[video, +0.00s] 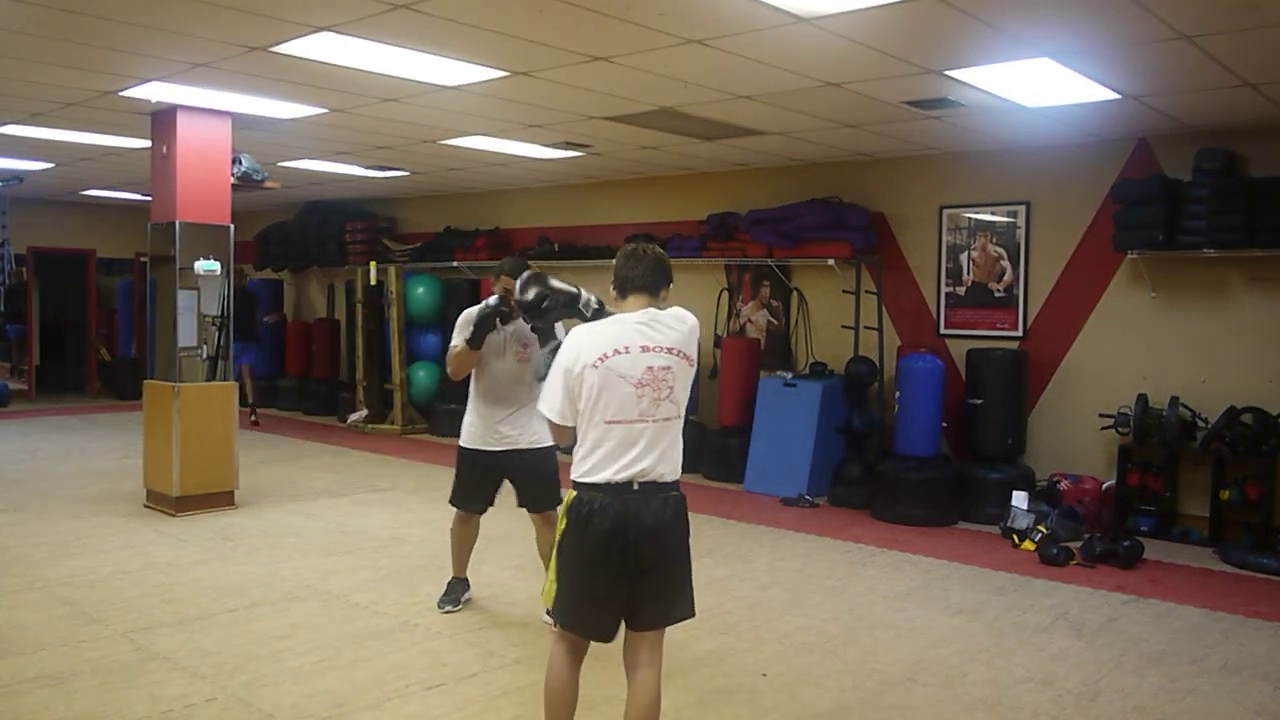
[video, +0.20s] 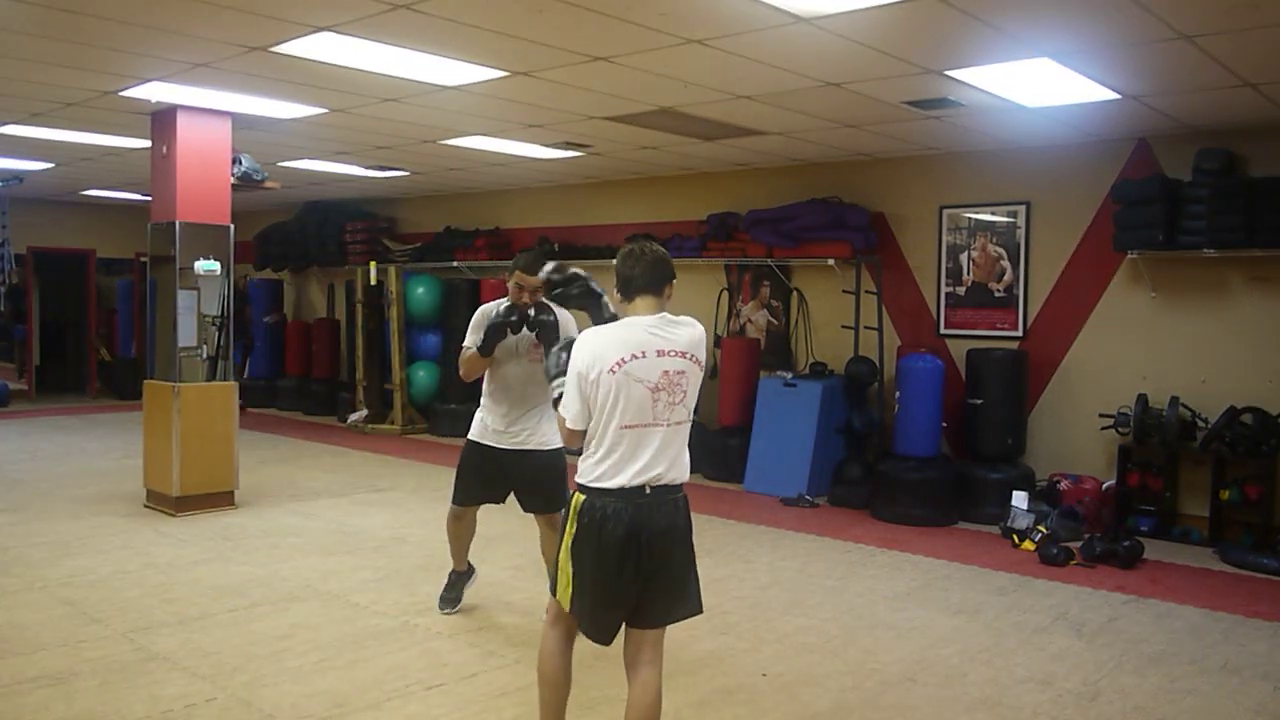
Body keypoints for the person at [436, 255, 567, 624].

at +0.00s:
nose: (509, 297)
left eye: (516, 291)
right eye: (504, 289)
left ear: (530, 290)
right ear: (494, 284)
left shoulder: (543, 318)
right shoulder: (473, 317)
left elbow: (565, 366)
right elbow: (454, 371)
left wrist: (547, 332)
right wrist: (481, 331)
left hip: (533, 438)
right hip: (480, 438)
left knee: (547, 516)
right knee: (466, 512)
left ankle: (557, 597)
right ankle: (458, 581)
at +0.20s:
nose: (525, 298)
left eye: (534, 291)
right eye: (519, 287)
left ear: (546, 289)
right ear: (508, 280)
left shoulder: (560, 320)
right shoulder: (487, 314)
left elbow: (569, 378)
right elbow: (466, 371)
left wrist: (550, 341)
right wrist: (494, 337)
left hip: (541, 438)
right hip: (488, 434)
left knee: (552, 520)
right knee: (460, 511)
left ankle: (559, 588)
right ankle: (460, 571)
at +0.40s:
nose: (521, 297)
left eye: (530, 291)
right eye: (514, 288)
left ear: (542, 287)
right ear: (502, 281)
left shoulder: (555, 320)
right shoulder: (479, 313)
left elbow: (570, 373)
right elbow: (458, 369)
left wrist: (547, 331)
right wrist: (488, 330)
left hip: (538, 443)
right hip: (484, 441)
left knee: (548, 522)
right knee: (463, 518)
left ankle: (560, 599)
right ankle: (450, 594)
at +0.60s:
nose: (502, 298)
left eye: (511, 291)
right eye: (496, 288)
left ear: (522, 290)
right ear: (481, 283)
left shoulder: (533, 321)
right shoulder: (456, 317)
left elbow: (552, 377)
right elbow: (439, 372)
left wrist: (533, 338)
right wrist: (471, 336)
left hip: (521, 446)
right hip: (464, 446)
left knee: (540, 523)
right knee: (451, 523)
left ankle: (553, 600)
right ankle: (447, 597)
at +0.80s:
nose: (491, 296)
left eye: (499, 290)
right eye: (485, 288)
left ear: (510, 286)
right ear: (468, 280)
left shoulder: (518, 317)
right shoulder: (443, 315)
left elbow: (538, 372)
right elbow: (428, 371)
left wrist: (524, 334)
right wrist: (459, 330)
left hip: (512, 437)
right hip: (456, 441)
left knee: (539, 520)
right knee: (446, 522)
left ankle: (550, 609)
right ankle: (446, 595)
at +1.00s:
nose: (497, 299)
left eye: (504, 292)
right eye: (489, 291)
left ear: (513, 287)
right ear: (472, 283)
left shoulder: (523, 319)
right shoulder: (449, 319)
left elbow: (546, 370)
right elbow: (435, 376)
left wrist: (537, 332)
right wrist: (460, 333)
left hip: (512, 446)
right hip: (457, 447)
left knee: (533, 532)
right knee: (443, 526)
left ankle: (540, 623)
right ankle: (444, 593)